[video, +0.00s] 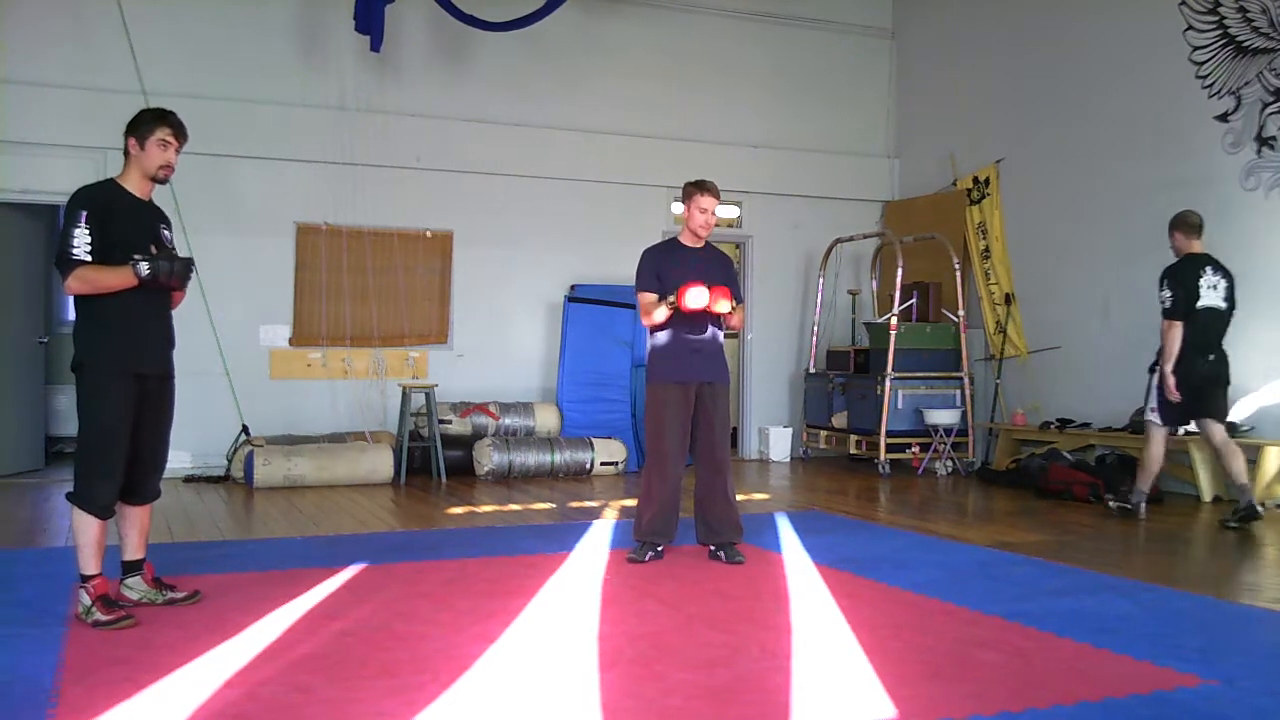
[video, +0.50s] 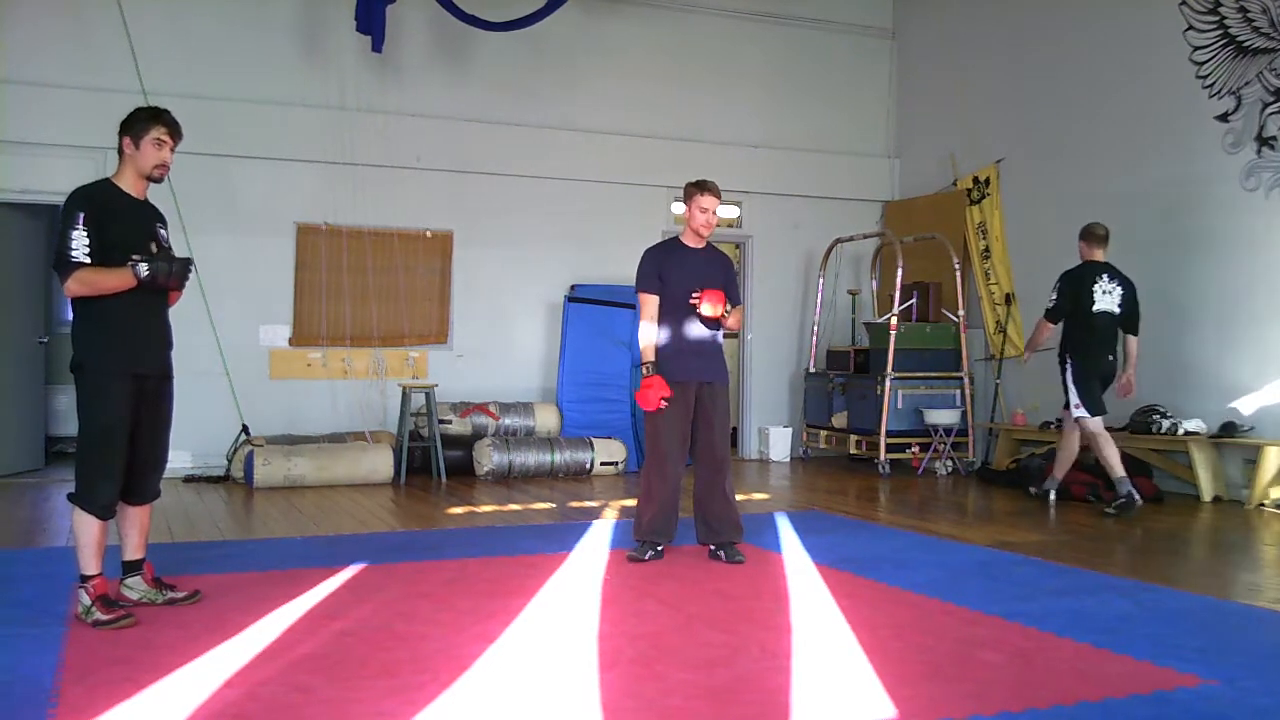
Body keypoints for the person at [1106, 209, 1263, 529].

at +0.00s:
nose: (1171, 243)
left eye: (1171, 238)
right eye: (1172, 238)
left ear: (1177, 236)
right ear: (1200, 234)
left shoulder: (1176, 272)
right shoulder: (1223, 273)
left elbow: (1174, 325)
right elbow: (1221, 321)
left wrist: (1167, 368)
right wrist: (1200, 350)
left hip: (1179, 362)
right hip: (1213, 363)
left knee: (1156, 431)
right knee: (1218, 434)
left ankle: (1137, 500)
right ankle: (1247, 502)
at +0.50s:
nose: (1079, 249)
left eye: (1079, 245)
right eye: (1081, 245)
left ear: (1082, 245)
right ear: (1106, 247)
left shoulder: (1072, 278)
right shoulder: (1124, 283)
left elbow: (1048, 324)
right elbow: (1131, 332)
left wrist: (1029, 347)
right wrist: (1130, 371)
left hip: (1077, 361)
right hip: (1107, 363)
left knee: (1093, 428)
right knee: (1072, 423)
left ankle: (1125, 492)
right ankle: (1050, 486)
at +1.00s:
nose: (977, 251)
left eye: (972, 246)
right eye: (984, 247)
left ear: (967, 245)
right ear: (990, 248)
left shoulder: (949, 274)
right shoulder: (1003, 279)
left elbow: (938, 318)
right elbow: (1010, 328)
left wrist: (930, 353)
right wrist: (997, 350)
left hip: (953, 352)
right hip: (988, 354)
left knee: (944, 412)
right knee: (984, 414)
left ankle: (929, 468)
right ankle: (991, 474)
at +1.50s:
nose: (984, 265)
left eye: (984, 262)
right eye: (986, 262)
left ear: (964, 254)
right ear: (983, 260)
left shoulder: (938, 274)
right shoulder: (987, 287)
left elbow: (916, 309)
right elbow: (995, 331)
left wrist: (910, 341)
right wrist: (995, 362)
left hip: (936, 351)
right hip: (967, 355)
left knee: (937, 411)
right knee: (958, 410)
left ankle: (943, 467)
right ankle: (953, 461)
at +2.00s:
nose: (1009, 306)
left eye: (1011, 303)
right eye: (1012, 302)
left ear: (995, 285)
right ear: (1008, 297)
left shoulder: (963, 285)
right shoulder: (996, 316)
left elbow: (927, 302)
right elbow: (995, 363)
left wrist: (913, 335)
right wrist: (1000, 398)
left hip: (926, 344)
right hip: (956, 354)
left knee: (909, 400)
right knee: (955, 410)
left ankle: (892, 454)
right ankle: (951, 466)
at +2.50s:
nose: (981, 302)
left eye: (983, 298)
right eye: (983, 297)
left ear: (966, 282)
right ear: (977, 292)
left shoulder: (933, 285)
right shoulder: (965, 315)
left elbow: (899, 306)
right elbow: (964, 359)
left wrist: (892, 335)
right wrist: (967, 390)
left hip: (893, 345)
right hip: (921, 355)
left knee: (881, 399)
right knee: (925, 412)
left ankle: (863, 456)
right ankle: (923, 467)